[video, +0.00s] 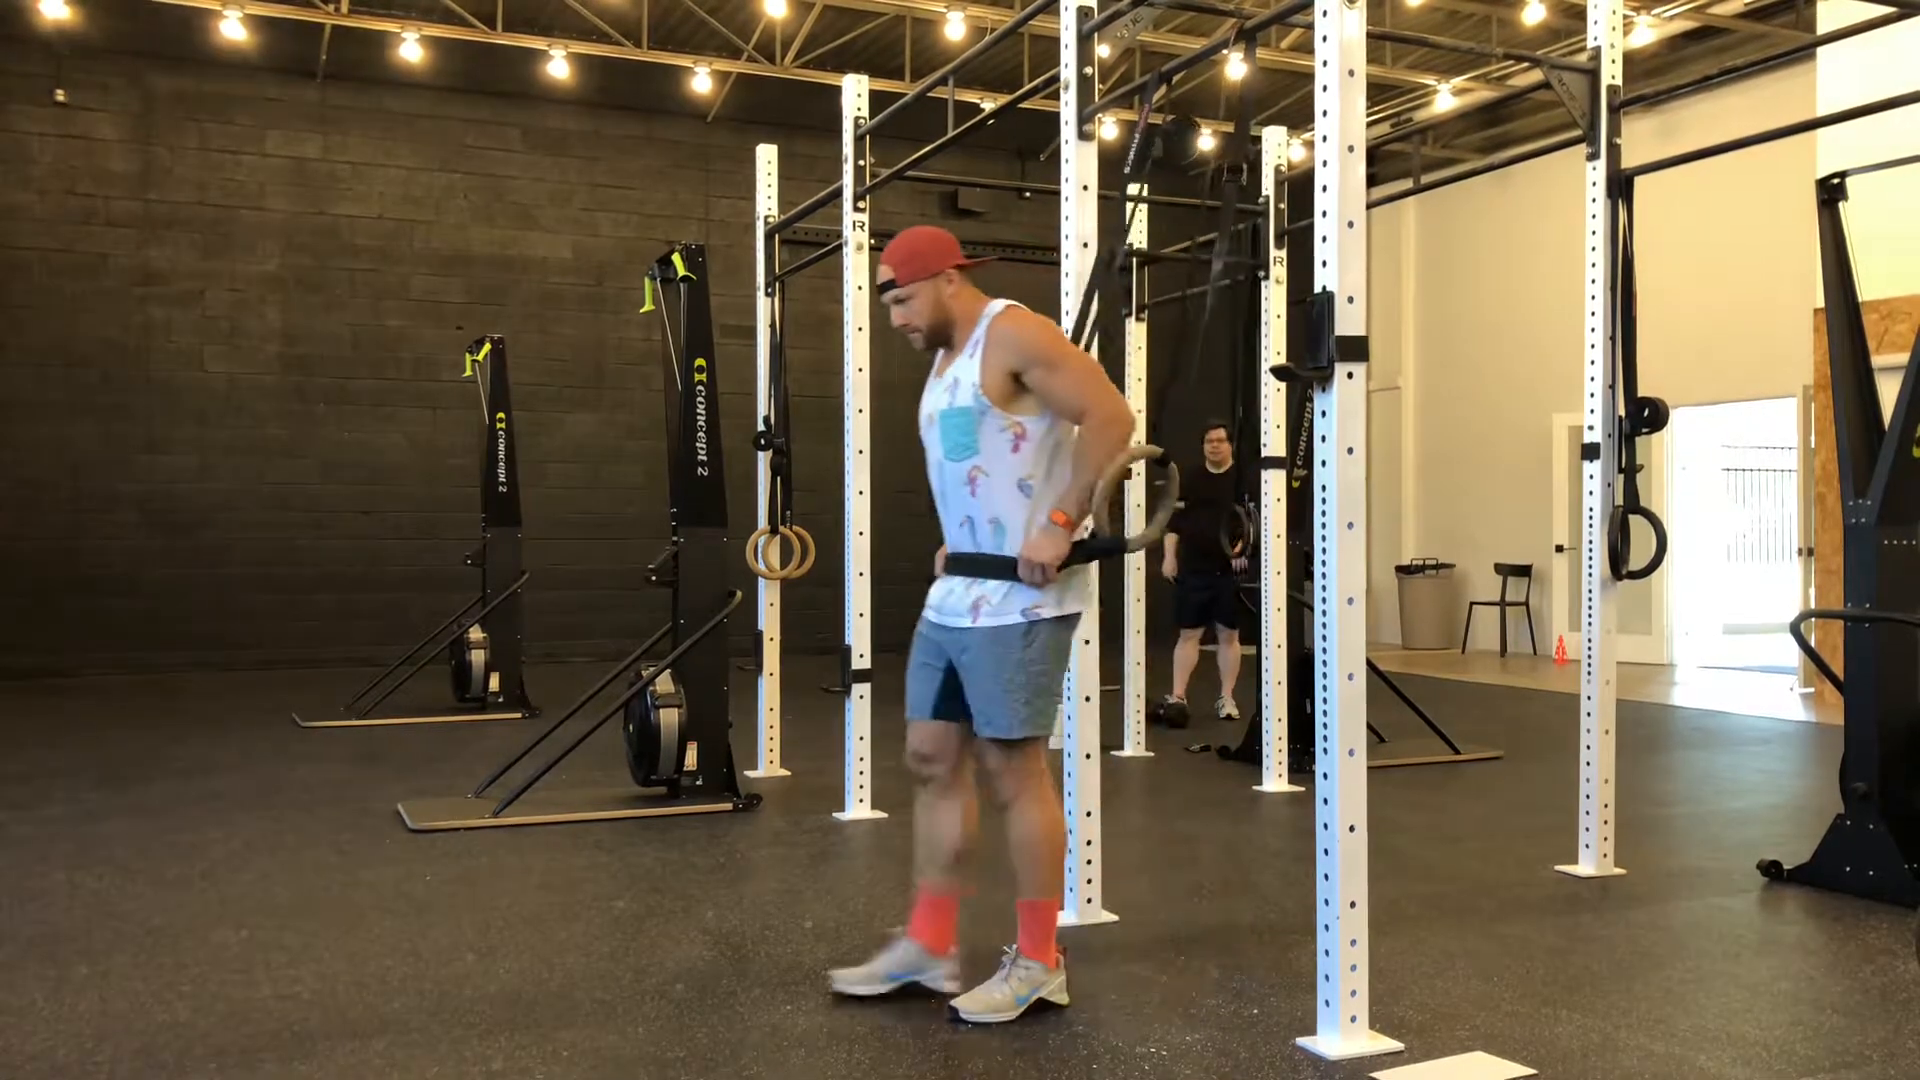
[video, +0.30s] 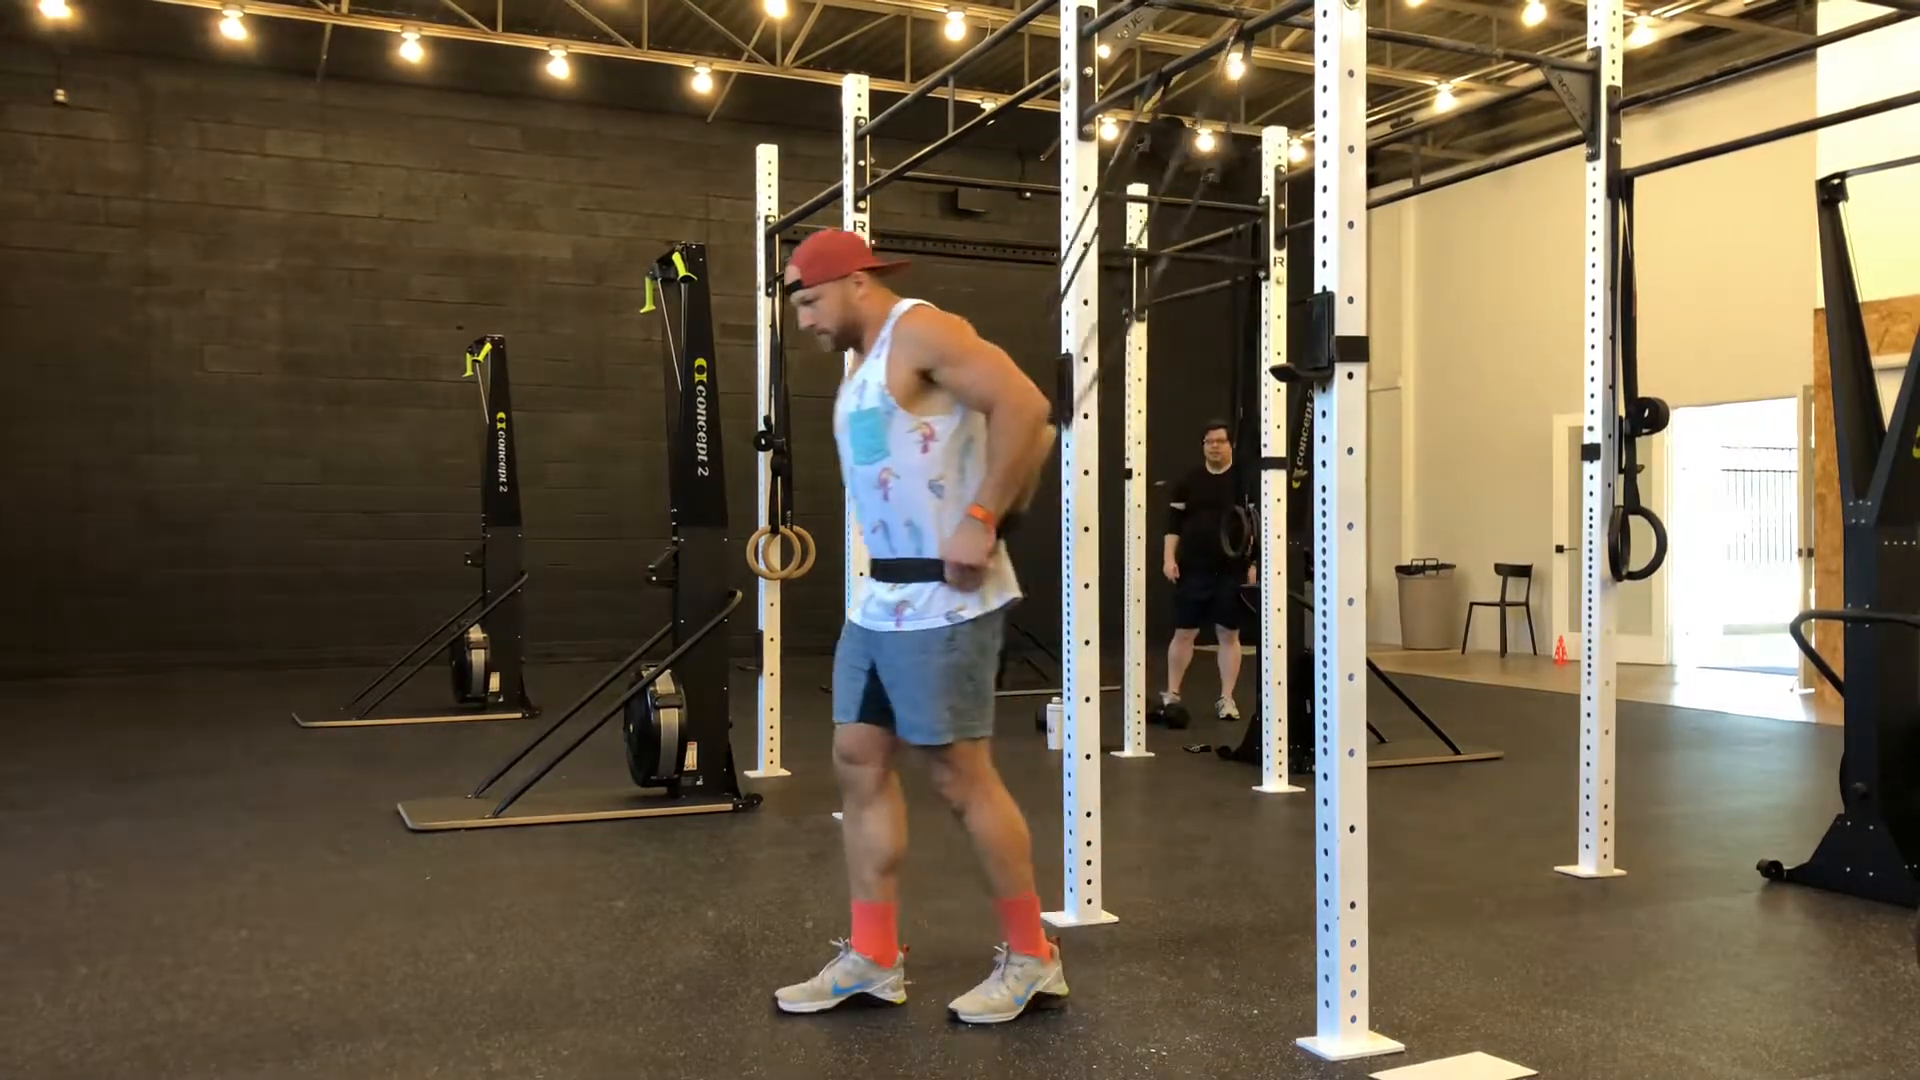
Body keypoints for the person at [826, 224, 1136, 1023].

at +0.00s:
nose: (893, 313)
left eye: (900, 294)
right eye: (888, 298)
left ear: (947, 280)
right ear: (930, 288)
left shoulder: (1016, 335)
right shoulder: (943, 367)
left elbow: (1111, 418)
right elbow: (983, 474)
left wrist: (1060, 521)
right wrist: (953, 554)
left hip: (1017, 602)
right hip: (955, 598)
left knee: (1017, 768)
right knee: (934, 757)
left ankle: (1036, 962)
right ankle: (929, 947)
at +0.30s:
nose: (801, 316)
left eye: (808, 297)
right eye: (797, 302)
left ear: (854, 282)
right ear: (842, 291)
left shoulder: (922, 333)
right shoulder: (860, 364)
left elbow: (1025, 407)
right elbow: (907, 474)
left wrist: (980, 522)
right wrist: (876, 567)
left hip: (944, 604)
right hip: (875, 603)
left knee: (961, 774)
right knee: (858, 760)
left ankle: (1031, 958)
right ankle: (873, 958)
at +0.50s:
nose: (727, 315)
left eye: (735, 296)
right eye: (724, 299)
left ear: (784, 286)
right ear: (772, 293)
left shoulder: (850, 327)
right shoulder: (796, 366)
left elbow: (959, 403)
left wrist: (908, 512)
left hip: (901, 586)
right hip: (857, 586)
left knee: (855, 768)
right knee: (856, 772)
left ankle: (985, 917)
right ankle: (873, 957)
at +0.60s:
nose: (703, 317)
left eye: (711, 298)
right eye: (700, 302)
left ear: (762, 285)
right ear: (743, 296)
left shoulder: (825, 325)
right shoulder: (772, 366)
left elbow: (937, 404)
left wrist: (886, 515)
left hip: (891, 582)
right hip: (852, 583)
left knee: (843, 760)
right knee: (858, 765)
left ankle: (943, 934)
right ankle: (872, 950)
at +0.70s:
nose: (684, 317)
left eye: (691, 297)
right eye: (679, 302)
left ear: (740, 284)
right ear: (727, 295)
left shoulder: (803, 322)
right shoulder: (756, 365)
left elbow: (916, 401)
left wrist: (862, 511)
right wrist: (828, 520)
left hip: (875, 584)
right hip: (842, 584)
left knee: (863, 769)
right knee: (853, 770)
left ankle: (881, 971)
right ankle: (866, 955)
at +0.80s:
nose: (663, 314)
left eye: (672, 295)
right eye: (660, 300)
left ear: (728, 285)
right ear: (703, 298)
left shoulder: (783, 326)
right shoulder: (745, 362)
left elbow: (901, 401)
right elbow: (843, 439)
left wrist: (878, 519)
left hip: (878, 589)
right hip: (837, 587)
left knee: (870, 772)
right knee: (846, 769)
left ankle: (876, 977)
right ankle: (864, 953)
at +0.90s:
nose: (659, 323)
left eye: (665, 302)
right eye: (655, 307)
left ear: (718, 290)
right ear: (700, 300)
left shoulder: (775, 330)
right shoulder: (738, 366)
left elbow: (896, 402)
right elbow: (838, 434)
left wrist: (877, 524)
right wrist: (835, 533)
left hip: (883, 588)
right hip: (832, 587)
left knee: (876, 772)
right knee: (842, 766)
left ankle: (879, 977)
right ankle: (862, 948)